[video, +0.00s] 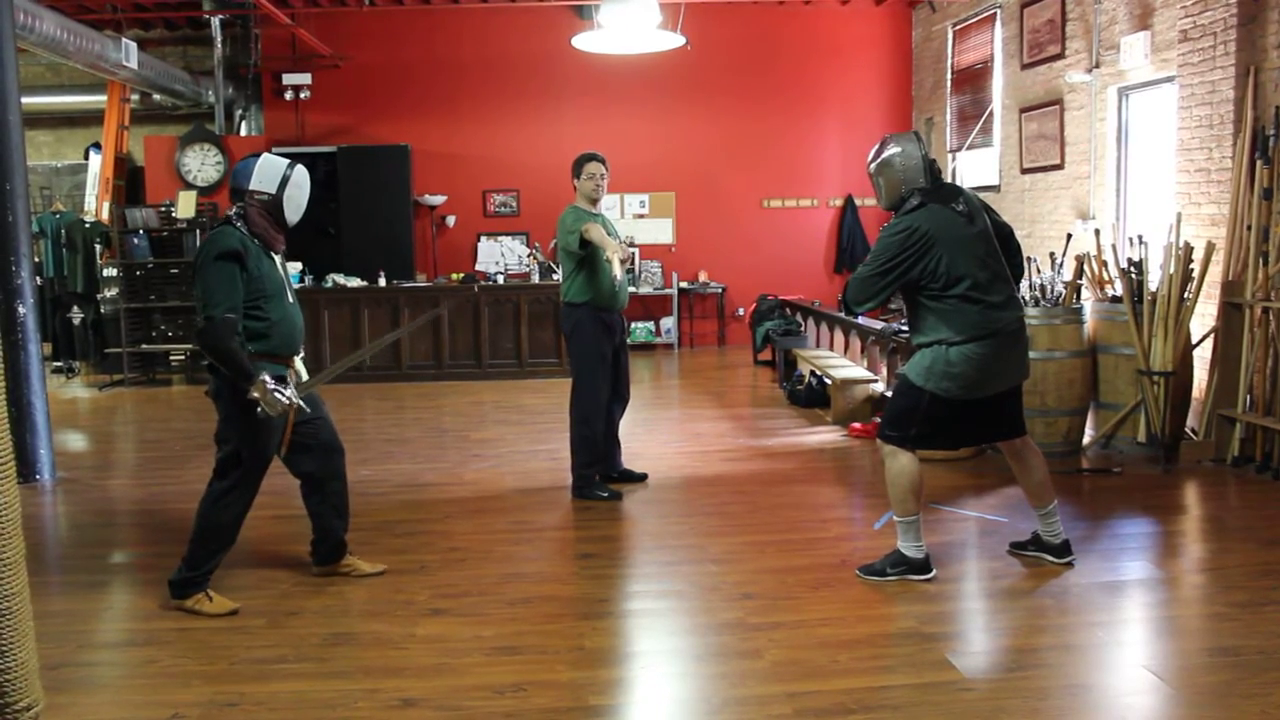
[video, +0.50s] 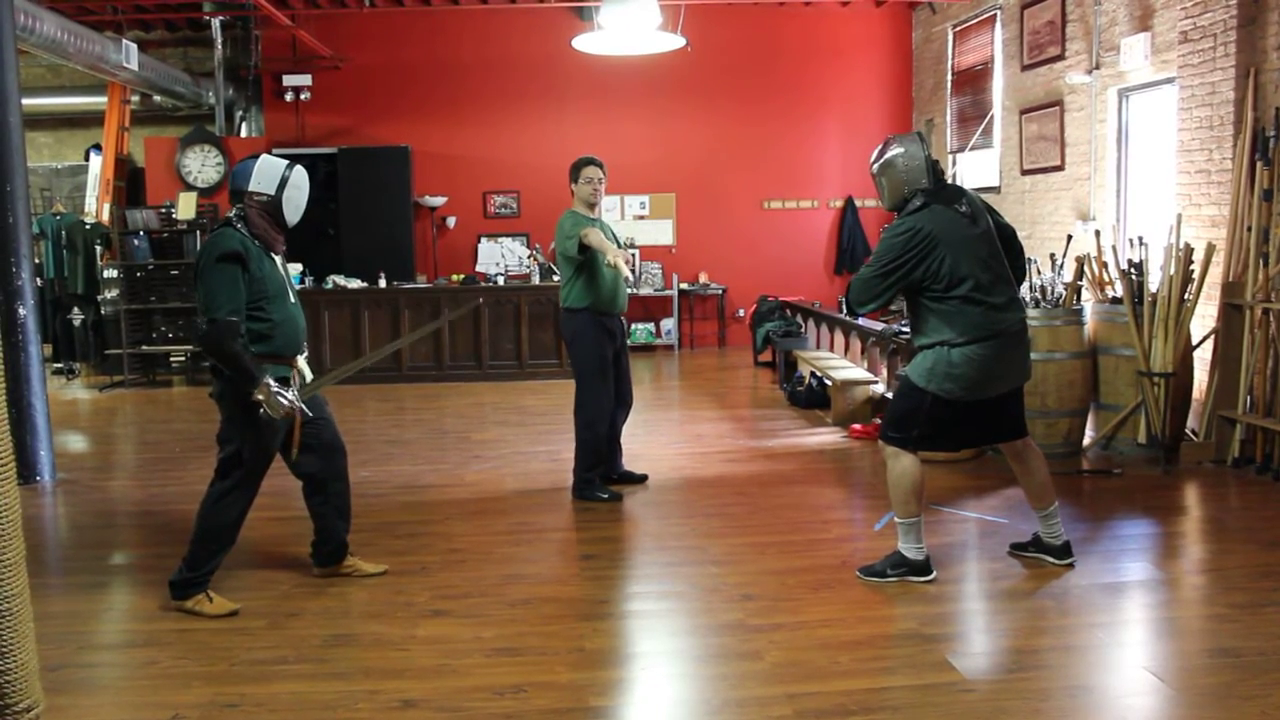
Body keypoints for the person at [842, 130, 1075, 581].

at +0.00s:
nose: (877, 191)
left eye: (878, 180)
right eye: (876, 181)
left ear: (896, 177)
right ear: (924, 171)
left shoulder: (907, 227)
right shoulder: (970, 204)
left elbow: (856, 297)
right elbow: (1013, 255)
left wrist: (884, 277)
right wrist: (994, 296)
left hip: (954, 352)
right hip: (1008, 344)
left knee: (895, 437)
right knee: (1014, 438)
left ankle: (911, 553)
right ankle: (1053, 538)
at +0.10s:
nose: (877, 192)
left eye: (879, 181)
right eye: (876, 181)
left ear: (896, 178)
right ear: (924, 171)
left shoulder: (908, 227)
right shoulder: (971, 204)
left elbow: (857, 297)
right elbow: (1013, 254)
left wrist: (882, 278)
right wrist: (995, 295)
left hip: (954, 353)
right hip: (1008, 345)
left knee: (895, 437)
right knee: (1014, 439)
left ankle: (911, 554)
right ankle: (1054, 538)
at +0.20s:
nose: (878, 192)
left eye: (879, 181)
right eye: (877, 182)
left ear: (897, 178)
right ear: (925, 171)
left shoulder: (908, 228)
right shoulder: (972, 205)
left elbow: (858, 297)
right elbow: (1014, 257)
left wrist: (887, 276)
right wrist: (995, 297)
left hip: (954, 354)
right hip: (1008, 346)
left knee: (896, 438)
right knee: (1015, 439)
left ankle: (911, 554)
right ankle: (1054, 539)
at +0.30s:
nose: (879, 193)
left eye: (880, 182)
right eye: (878, 182)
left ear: (897, 179)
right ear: (926, 171)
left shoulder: (909, 228)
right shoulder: (973, 205)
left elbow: (859, 296)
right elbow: (1015, 258)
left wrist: (882, 279)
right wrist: (992, 296)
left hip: (954, 354)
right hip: (1009, 347)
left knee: (897, 438)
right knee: (1015, 440)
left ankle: (911, 554)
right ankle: (1054, 539)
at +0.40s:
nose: (880, 193)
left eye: (881, 182)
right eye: (879, 183)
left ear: (898, 179)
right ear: (927, 171)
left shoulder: (910, 228)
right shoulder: (974, 206)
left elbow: (859, 297)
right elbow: (1016, 259)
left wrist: (888, 277)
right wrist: (992, 298)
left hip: (954, 355)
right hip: (1009, 348)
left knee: (897, 439)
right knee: (1016, 440)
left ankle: (911, 554)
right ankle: (1054, 539)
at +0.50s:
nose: (881, 193)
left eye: (882, 182)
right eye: (880, 183)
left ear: (899, 179)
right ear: (928, 172)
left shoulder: (910, 228)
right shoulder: (974, 206)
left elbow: (859, 296)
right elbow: (1016, 259)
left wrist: (888, 277)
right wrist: (992, 298)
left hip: (954, 356)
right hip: (1009, 348)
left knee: (898, 439)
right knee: (1016, 440)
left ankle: (911, 554)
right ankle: (1054, 539)